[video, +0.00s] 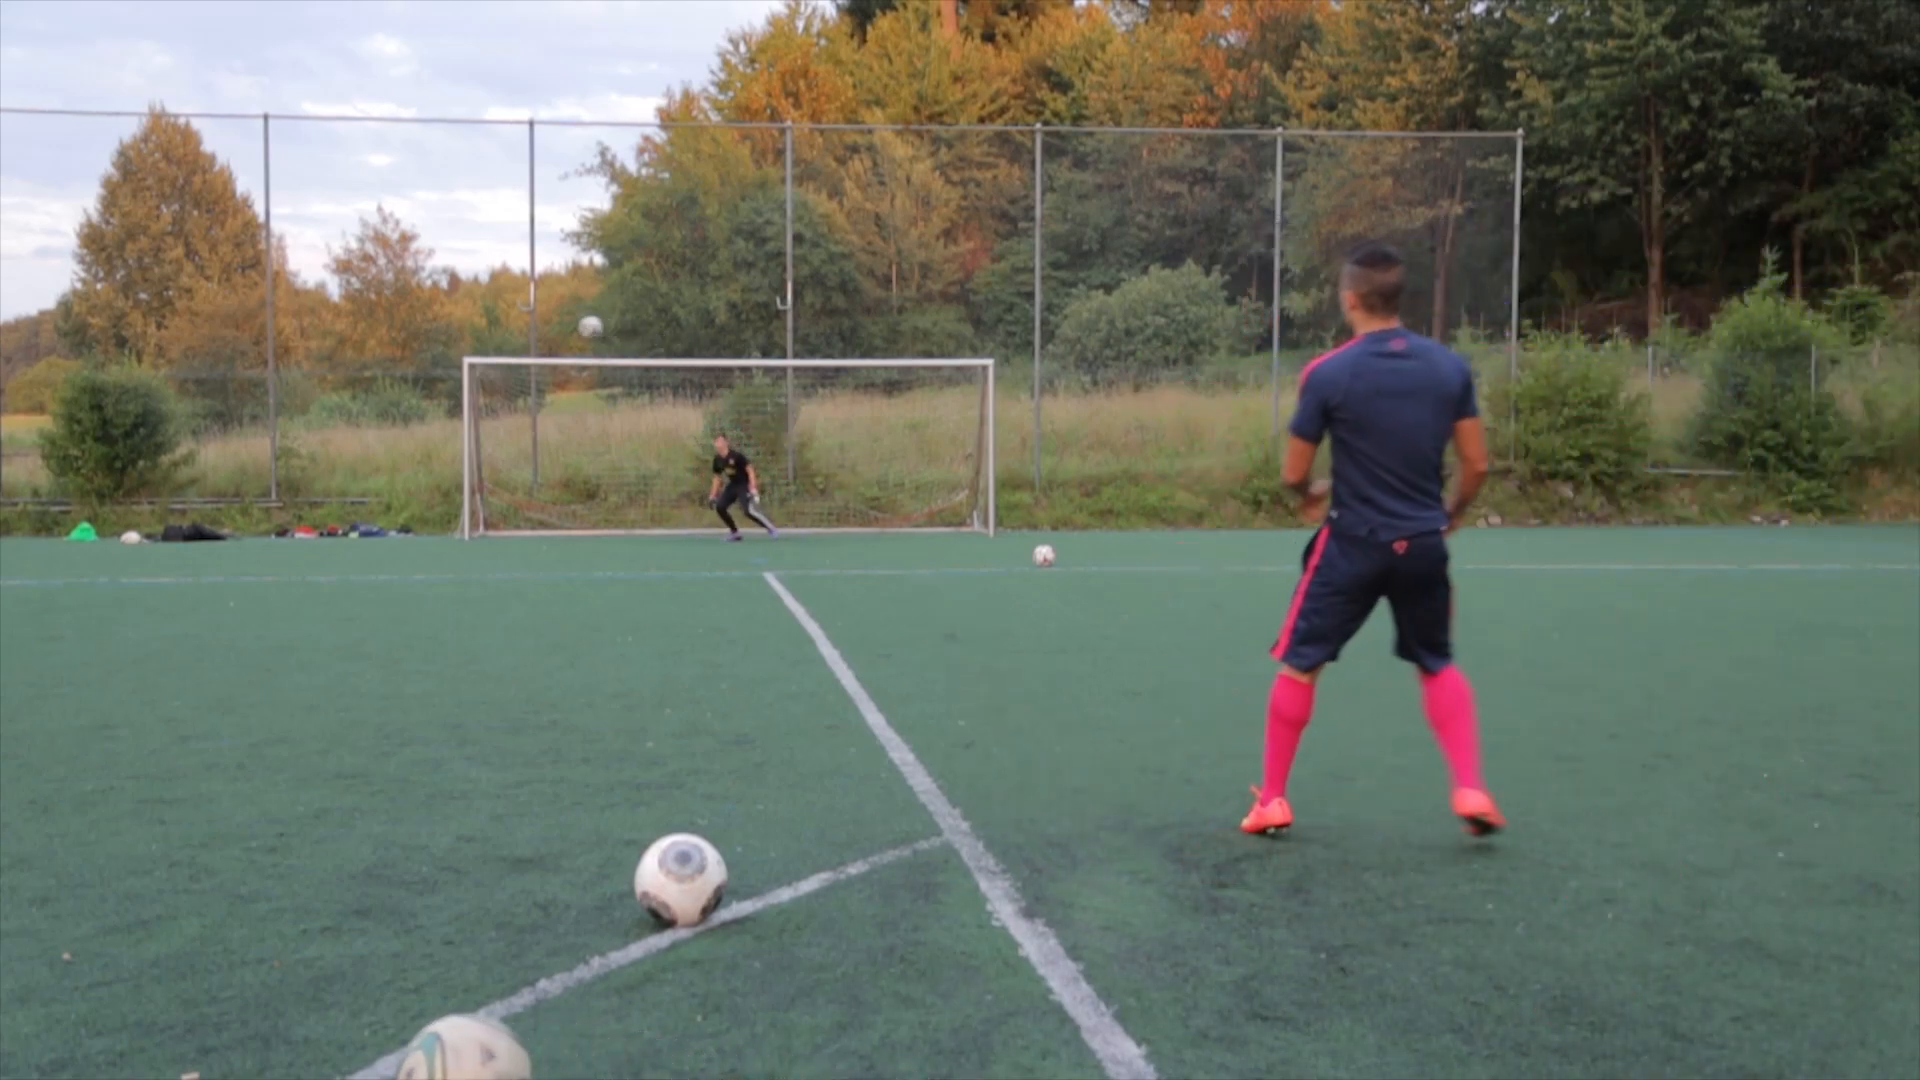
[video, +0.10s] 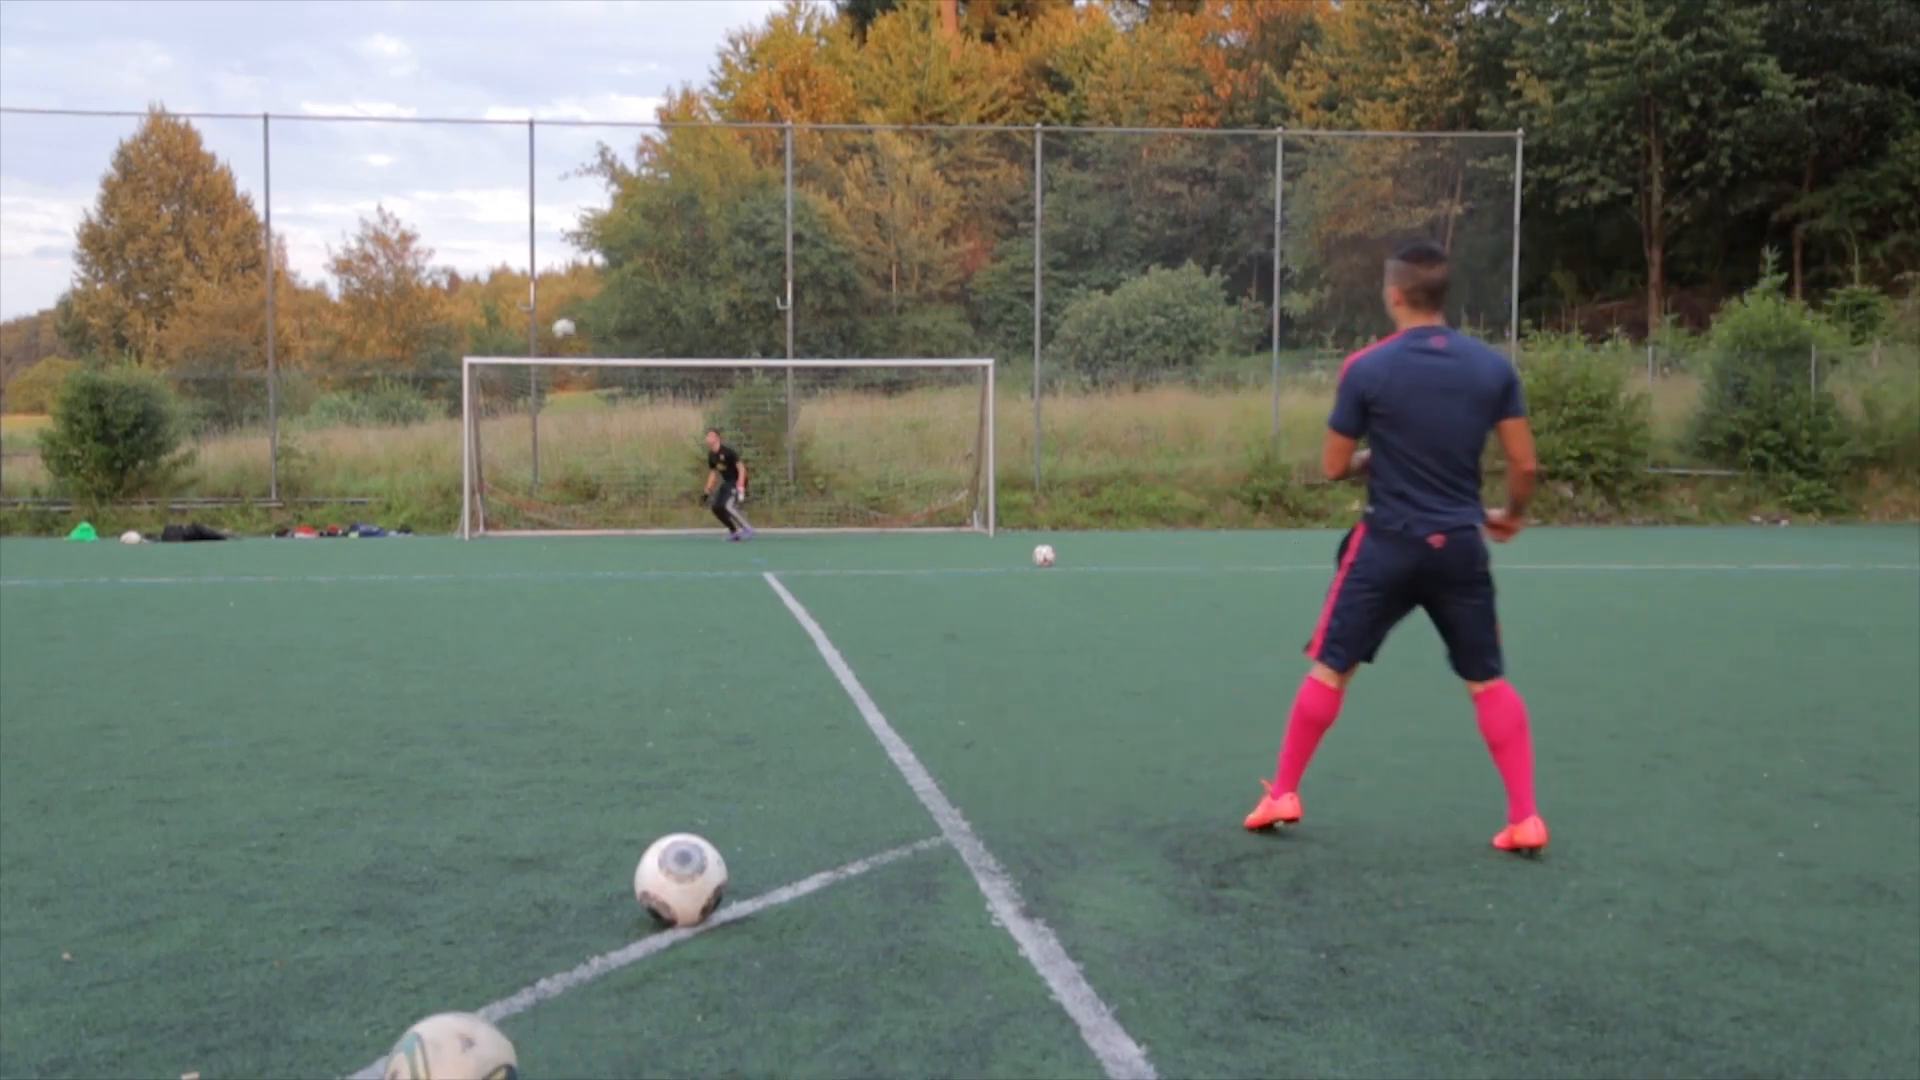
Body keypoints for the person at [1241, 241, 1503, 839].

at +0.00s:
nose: (1341, 303)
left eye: (1342, 297)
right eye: (1346, 295)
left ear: (1349, 301)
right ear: (1400, 298)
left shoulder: (1328, 373)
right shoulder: (1449, 368)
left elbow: (1295, 475)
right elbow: (1475, 465)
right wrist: (1450, 515)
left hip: (1351, 546)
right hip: (1424, 546)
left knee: (1300, 662)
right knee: (1436, 661)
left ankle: (1272, 797)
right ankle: (1470, 788)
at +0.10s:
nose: (1385, 298)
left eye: (1386, 290)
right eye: (1391, 290)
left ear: (1394, 295)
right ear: (1444, 296)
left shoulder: (1367, 369)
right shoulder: (1490, 366)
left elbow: (1334, 465)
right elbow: (1524, 464)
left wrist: (1376, 455)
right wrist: (1512, 514)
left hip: (1386, 547)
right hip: (1461, 550)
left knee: (1330, 666)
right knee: (1487, 677)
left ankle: (1282, 792)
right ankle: (1524, 817)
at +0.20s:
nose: (1423, 296)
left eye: (1423, 289)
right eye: (1428, 289)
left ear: (1430, 293)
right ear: (1481, 294)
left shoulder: (1402, 367)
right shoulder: (1527, 365)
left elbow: (1367, 467)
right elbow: (1563, 462)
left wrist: (1400, 458)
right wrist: (1558, 516)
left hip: (1421, 546)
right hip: (1497, 550)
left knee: (1363, 666)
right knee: (1512, 683)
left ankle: (1326, 801)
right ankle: (1531, 829)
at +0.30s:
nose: (1452, 289)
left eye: (1452, 282)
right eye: (1462, 281)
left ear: (1459, 287)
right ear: (1511, 286)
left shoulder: (1428, 360)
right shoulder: (1555, 359)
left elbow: (1401, 464)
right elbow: (1590, 457)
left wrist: (1426, 482)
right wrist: (1589, 514)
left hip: (1446, 539)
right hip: (1519, 543)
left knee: (1395, 663)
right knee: (1525, 684)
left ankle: (1395, 801)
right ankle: (1535, 831)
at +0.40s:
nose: (1476, 288)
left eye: (1477, 280)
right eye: (1484, 281)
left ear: (1481, 284)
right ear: (1535, 285)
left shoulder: (1451, 358)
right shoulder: (1578, 358)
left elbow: (1423, 468)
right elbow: (1613, 460)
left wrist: (1438, 497)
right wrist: (1609, 518)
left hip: (1468, 543)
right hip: (1540, 547)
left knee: (1429, 669)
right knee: (1537, 686)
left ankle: (1466, 788)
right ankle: (1536, 832)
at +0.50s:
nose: (1494, 287)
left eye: (1495, 279)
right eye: (1502, 279)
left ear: (1500, 284)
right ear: (1555, 285)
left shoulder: (1470, 358)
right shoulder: (1596, 359)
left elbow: (1441, 469)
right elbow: (1629, 460)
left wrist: (1445, 508)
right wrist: (1620, 522)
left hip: (1487, 542)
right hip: (1557, 546)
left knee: (1460, 673)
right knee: (1546, 685)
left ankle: (1537, 793)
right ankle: (1539, 828)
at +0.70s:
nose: (1508, 295)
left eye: (1510, 288)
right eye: (1512, 288)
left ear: (1517, 293)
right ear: (1572, 297)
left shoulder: (1496, 364)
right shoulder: (1610, 362)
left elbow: (1480, 464)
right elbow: (1656, 459)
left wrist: (1462, 506)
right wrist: (1626, 527)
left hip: (1541, 550)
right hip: (1602, 547)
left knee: (1519, 697)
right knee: (1575, 682)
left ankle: (1610, 843)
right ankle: (1576, 817)